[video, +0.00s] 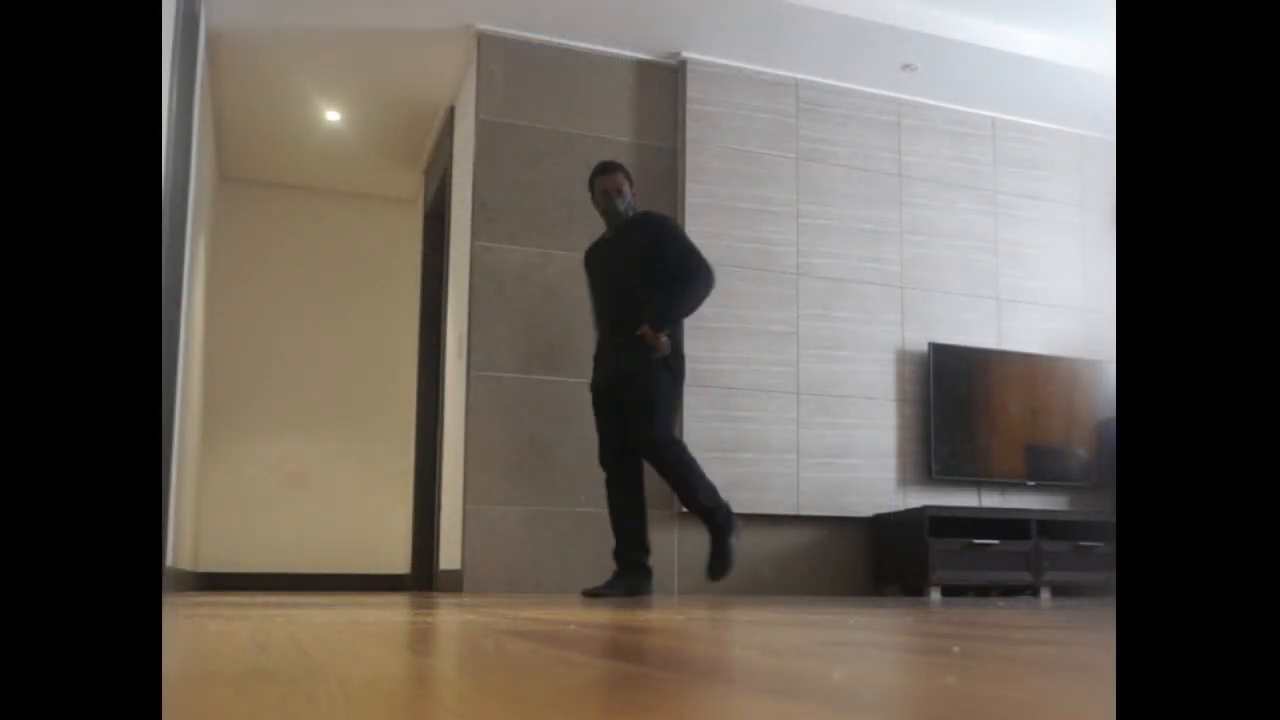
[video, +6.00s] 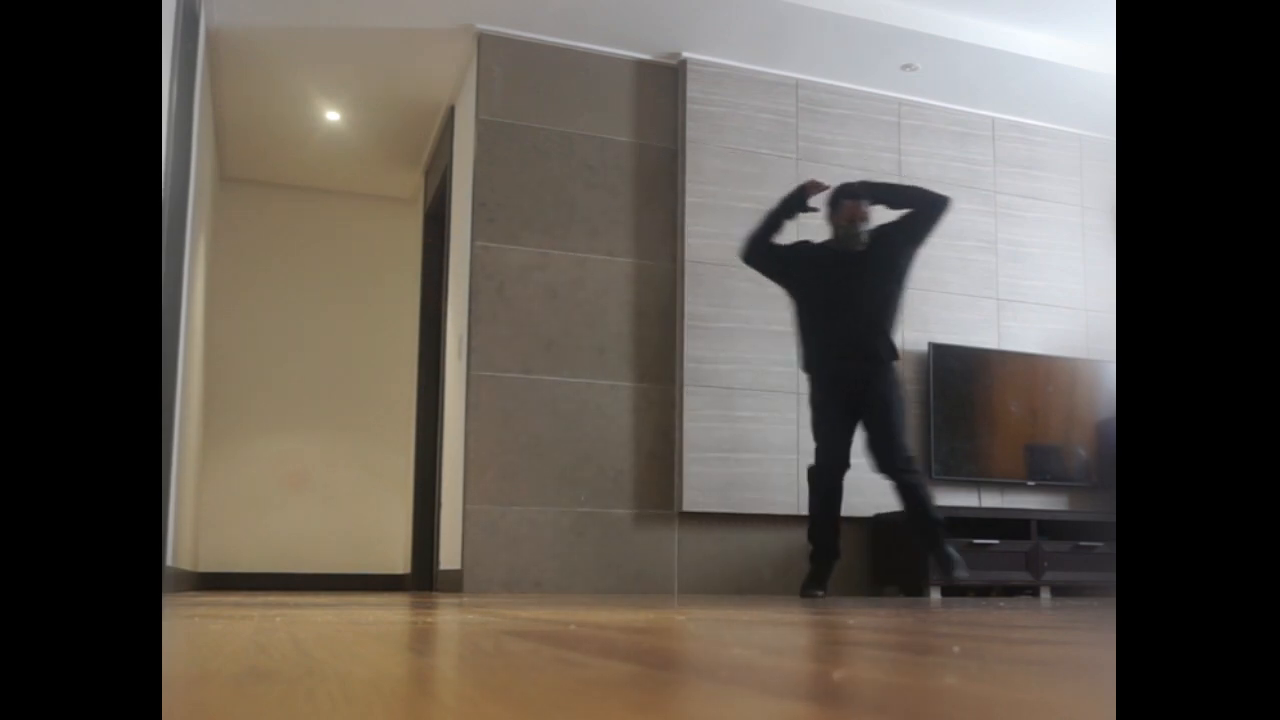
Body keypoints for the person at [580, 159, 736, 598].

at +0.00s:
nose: (613, 200)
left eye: (619, 191)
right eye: (604, 195)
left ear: (632, 192)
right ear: (593, 202)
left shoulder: (657, 228)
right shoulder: (596, 255)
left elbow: (701, 277)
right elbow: (605, 317)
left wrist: (662, 322)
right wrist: (602, 368)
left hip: (655, 363)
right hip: (611, 368)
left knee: (656, 443)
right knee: (618, 464)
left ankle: (720, 520)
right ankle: (632, 571)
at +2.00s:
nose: (588, 211)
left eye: (592, 203)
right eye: (577, 207)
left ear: (602, 209)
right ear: (562, 218)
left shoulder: (632, 256)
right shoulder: (552, 261)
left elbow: (678, 287)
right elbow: (539, 312)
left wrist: (712, 277)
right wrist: (528, 344)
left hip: (628, 388)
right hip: (572, 387)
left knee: (663, 472)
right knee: (532, 473)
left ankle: (695, 566)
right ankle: (504, 572)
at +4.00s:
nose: (606, 193)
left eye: (617, 186)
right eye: (605, 186)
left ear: (644, 192)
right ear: (605, 193)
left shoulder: (674, 243)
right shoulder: (583, 245)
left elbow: (701, 312)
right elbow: (520, 260)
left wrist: (739, 360)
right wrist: (476, 282)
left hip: (662, 378)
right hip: (607, 378)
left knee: (668, 474)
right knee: (591, 466)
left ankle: (665, 571)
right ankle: (567, 570)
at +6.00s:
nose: (857, 214)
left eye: (863, 208)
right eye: (848, 208)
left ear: (870, 214)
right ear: (831, 217)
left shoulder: (890, 247)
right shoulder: (804, 260)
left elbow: (934, 203)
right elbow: (754, 251)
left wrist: (869, 190)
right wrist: (794, 201)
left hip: (877, 378)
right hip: (829, 381)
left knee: (896, 461)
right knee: (828, 471)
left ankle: (941, 554)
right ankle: (820, 568)